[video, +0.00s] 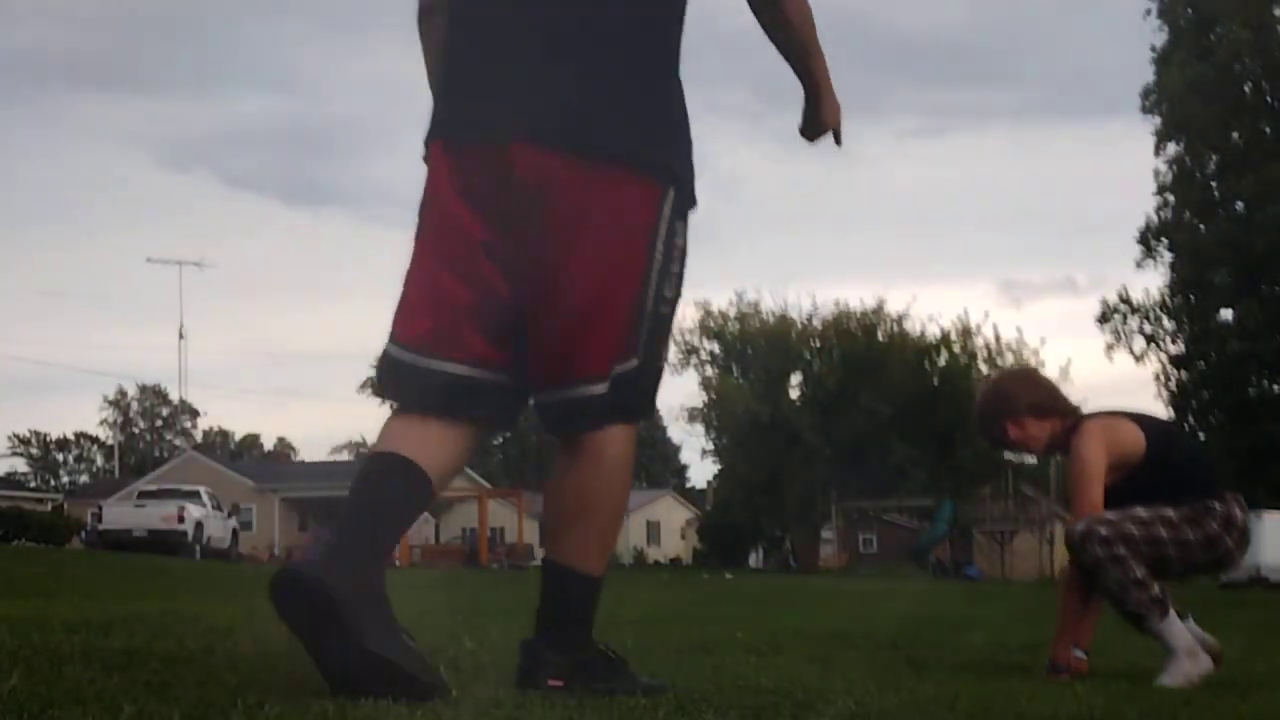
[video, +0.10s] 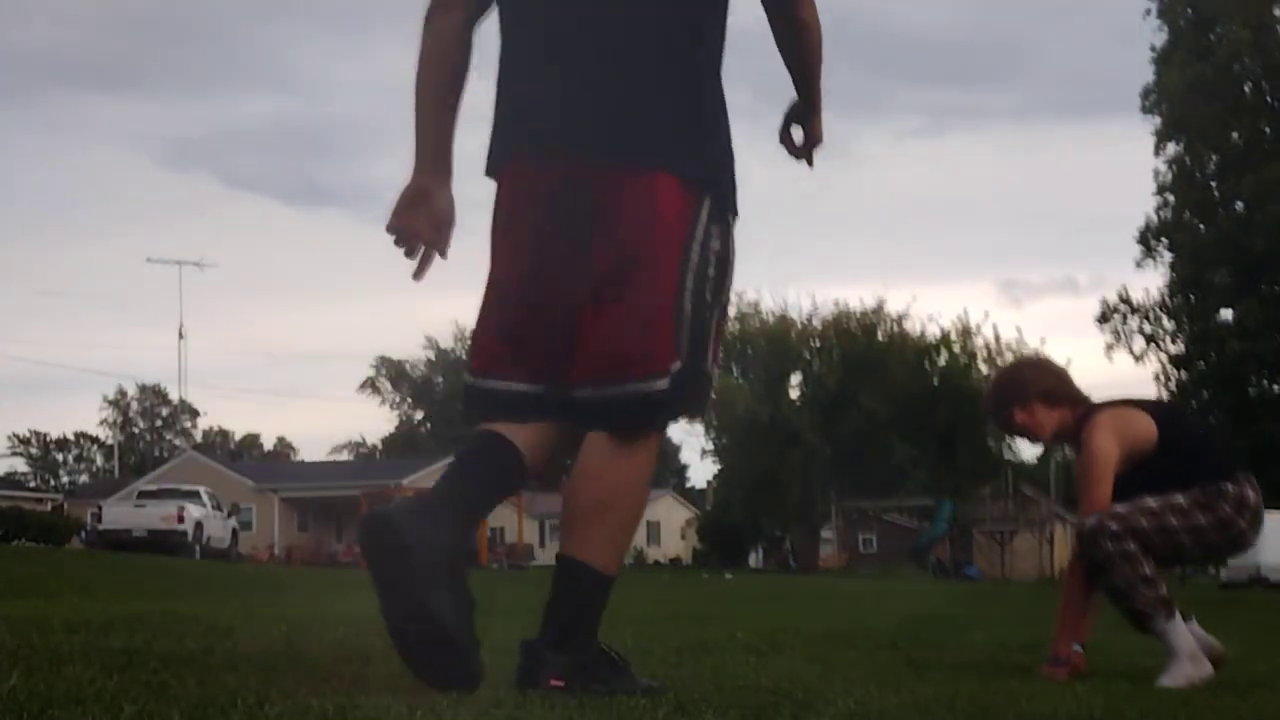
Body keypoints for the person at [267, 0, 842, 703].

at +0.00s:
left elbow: (437, 6)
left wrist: (462, 104)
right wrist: (817, 80)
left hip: (471, 101)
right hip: (617, 113)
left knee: (453, 378)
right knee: (603, 405)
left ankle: (344, 562)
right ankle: (564, 646)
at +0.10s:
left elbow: (449, 11)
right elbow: (791, 8)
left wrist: (430, 173)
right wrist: (810, 98)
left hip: (535, 128)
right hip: (667, 136)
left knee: (542, 392)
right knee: (632, 413)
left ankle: (436, 517)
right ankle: (567, 650)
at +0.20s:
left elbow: (462, 4)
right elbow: (808, 18)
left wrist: (430, 149)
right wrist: (815, 111)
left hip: (581, 131)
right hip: (695, 134)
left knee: (636, 390)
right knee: (655, 399)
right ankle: (570, 648)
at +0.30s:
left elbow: (502, 3)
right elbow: (836, 19)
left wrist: (465, 139)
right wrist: (838, 124)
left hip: (630, 138)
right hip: (736, 145)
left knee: (740, 388)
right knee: (674, 398)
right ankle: (572, 644)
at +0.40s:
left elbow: (566, 9)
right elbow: (874, 26)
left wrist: (526, 160)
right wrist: (869, 141)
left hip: (677, 166)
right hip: (776, 169)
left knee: (781, 413)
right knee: (693, 404)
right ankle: (575, 643)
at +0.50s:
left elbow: (630, 50)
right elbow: (921, 71)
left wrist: (610, 201)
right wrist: (900, 176)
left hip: (742, 195)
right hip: (832, 200)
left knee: (826, 433)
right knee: (760, 429)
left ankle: (863, 653)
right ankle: (601, 630)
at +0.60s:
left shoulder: (767, 5)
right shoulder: (952, 7)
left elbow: (706, 96)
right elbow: (970, 102)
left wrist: (704, 244)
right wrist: (929, 203)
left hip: (792, 218)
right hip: (895, 219)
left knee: (854, 439)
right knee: (885, 442)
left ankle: (866, 653)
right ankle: (702, 589)